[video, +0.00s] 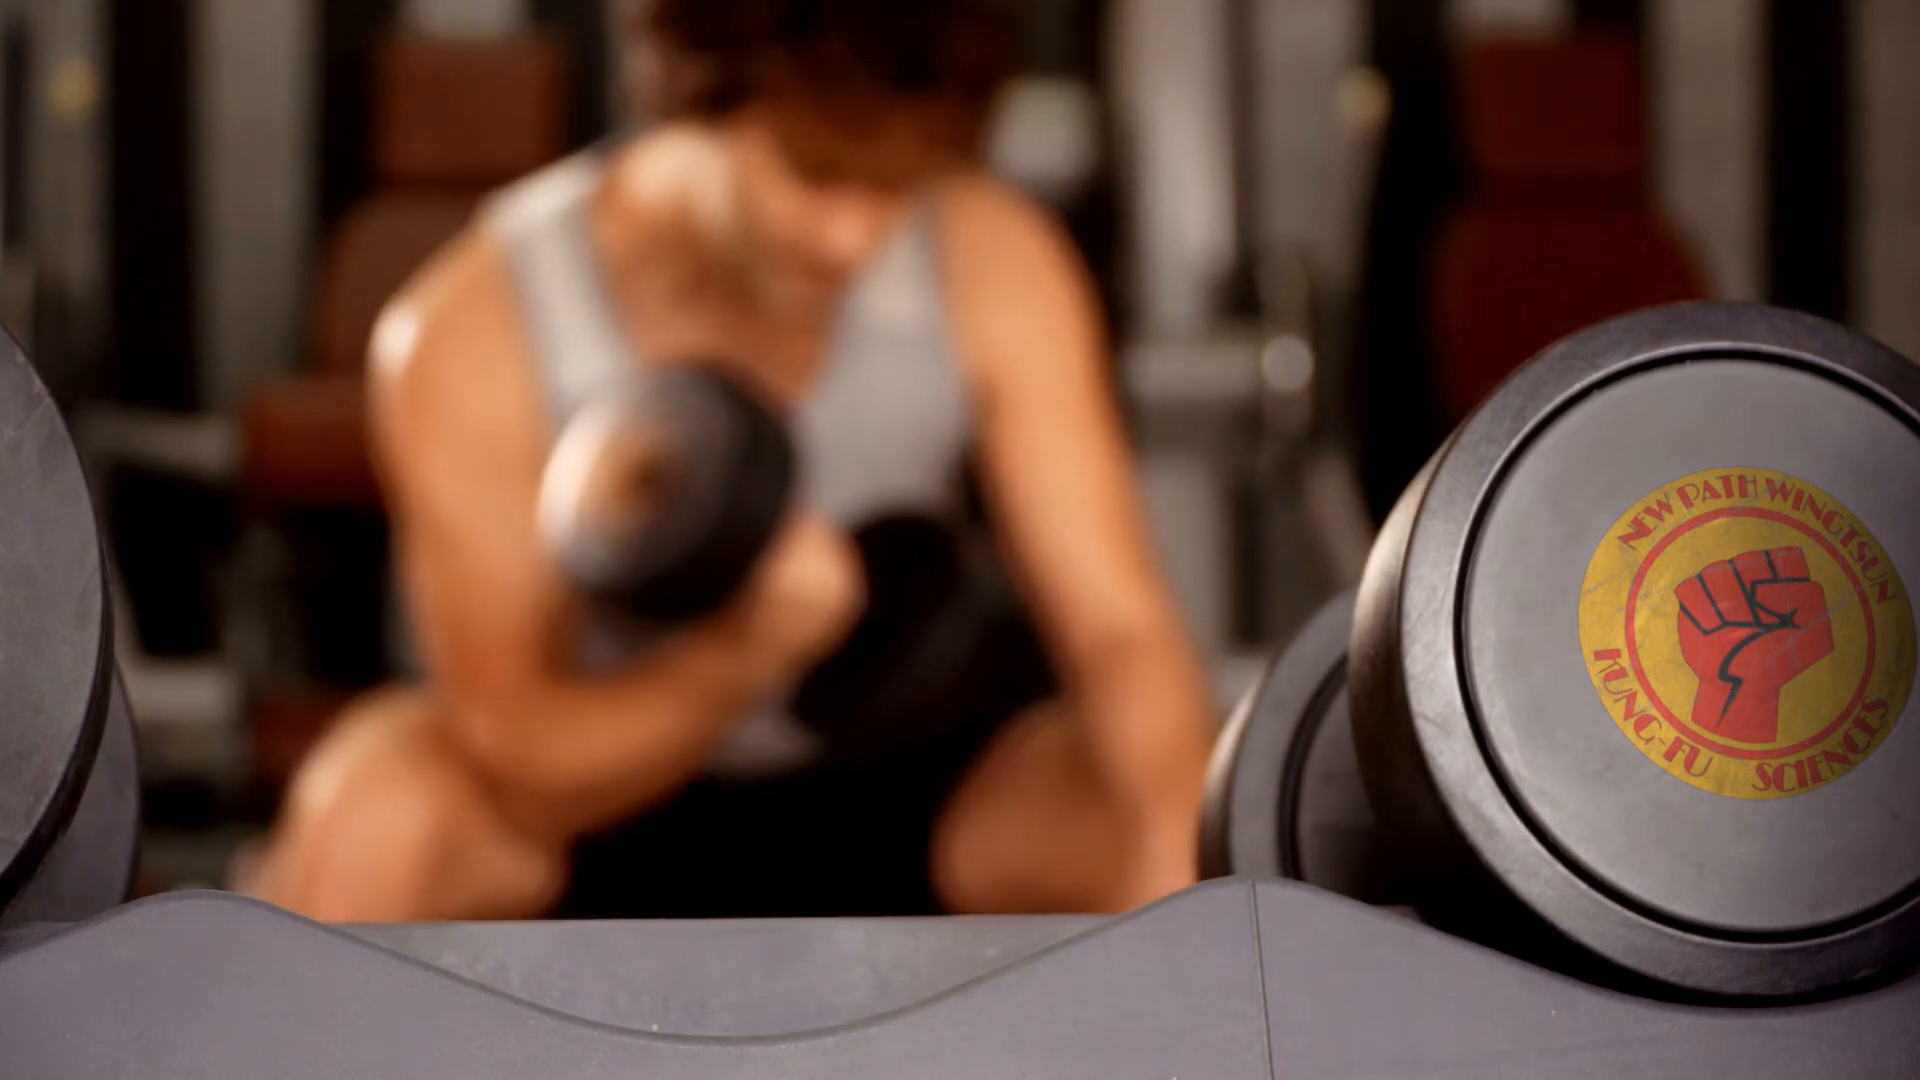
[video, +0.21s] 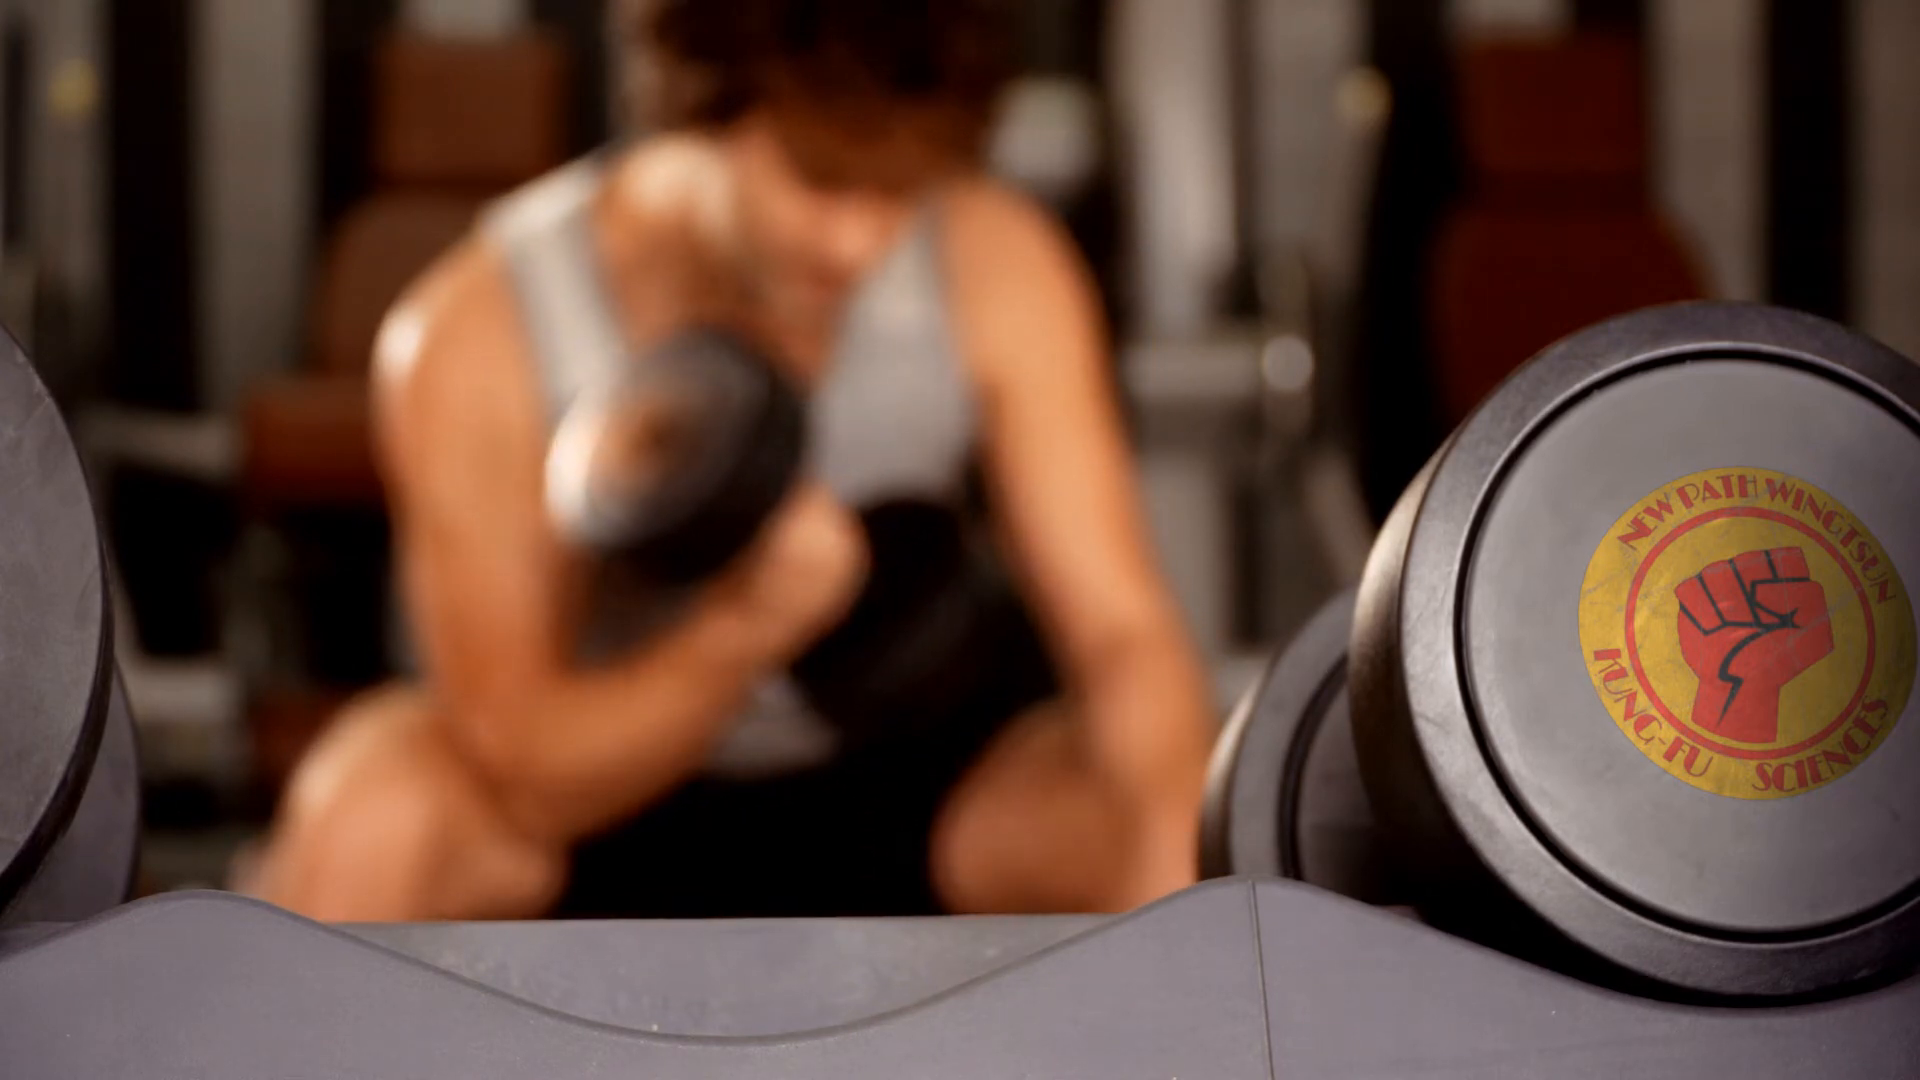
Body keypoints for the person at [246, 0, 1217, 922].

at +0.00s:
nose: (855, 232)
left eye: (901, 182)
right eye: (815, 172)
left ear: (949, 148)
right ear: (708, 101)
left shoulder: (990, 256)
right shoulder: (466, 330)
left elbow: (1119, 633)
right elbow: (529, 769)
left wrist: (1179, 888)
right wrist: (754, 651)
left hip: (890, 782)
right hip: (597, 806)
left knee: (1183, 807)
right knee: (374, 803)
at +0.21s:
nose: (863, 236)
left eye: (905, 186)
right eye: (822, 178)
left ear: (952, 151)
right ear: (715, 115)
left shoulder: (993, 259)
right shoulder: (471, 335)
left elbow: (1122, 637)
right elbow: (537, 780)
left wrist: (1173, 882)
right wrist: (755, 622)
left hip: (900, 780)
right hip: (601, 802)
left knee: (1185, 818)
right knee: (370, 805)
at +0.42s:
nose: (864, 223)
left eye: (911, 173)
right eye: (825, 162)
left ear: (958, 139)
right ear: (719, 89)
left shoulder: (1000, 253)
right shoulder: (483, 325)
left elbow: (1121, 634)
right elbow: (522, 770)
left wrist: (1182, 884)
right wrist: (754, 657)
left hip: (893, 784)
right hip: (598, 807)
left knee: (1173, 805)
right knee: (372, 806)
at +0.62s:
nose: (871, 205)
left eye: (919, 156)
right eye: (837, 145)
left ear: (973, 122)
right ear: (739, 70)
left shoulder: (1016, 249)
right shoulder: (513, 316)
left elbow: (1122, 628)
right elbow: (528, 754)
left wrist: (1172, 862)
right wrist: (840, 750)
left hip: (888, 806)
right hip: (610, 813)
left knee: (1189, 786)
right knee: (368, 783)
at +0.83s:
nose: (875, 204)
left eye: (925, 159)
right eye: (843, 144)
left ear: (989, 126)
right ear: (754, 71)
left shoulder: (1035, 255)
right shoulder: (542, 324)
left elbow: (1123, 633)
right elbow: (516, 756)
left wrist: (1161, 857)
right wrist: (640, 968)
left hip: (902, 780)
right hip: (618, 788)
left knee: (1187, 803)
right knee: (357, 796)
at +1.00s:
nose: (883, 220)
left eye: (933, 174)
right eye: (847, 158)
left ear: (996, 144)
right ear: (755, 81)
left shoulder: (1039, 258)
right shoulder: (559, 335)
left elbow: (1126, 637)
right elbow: (520, 797)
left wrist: (1159, 863)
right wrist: (627, 1051)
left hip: (902, 786)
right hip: (623, 796)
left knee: (1179, 803)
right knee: (361, 796)